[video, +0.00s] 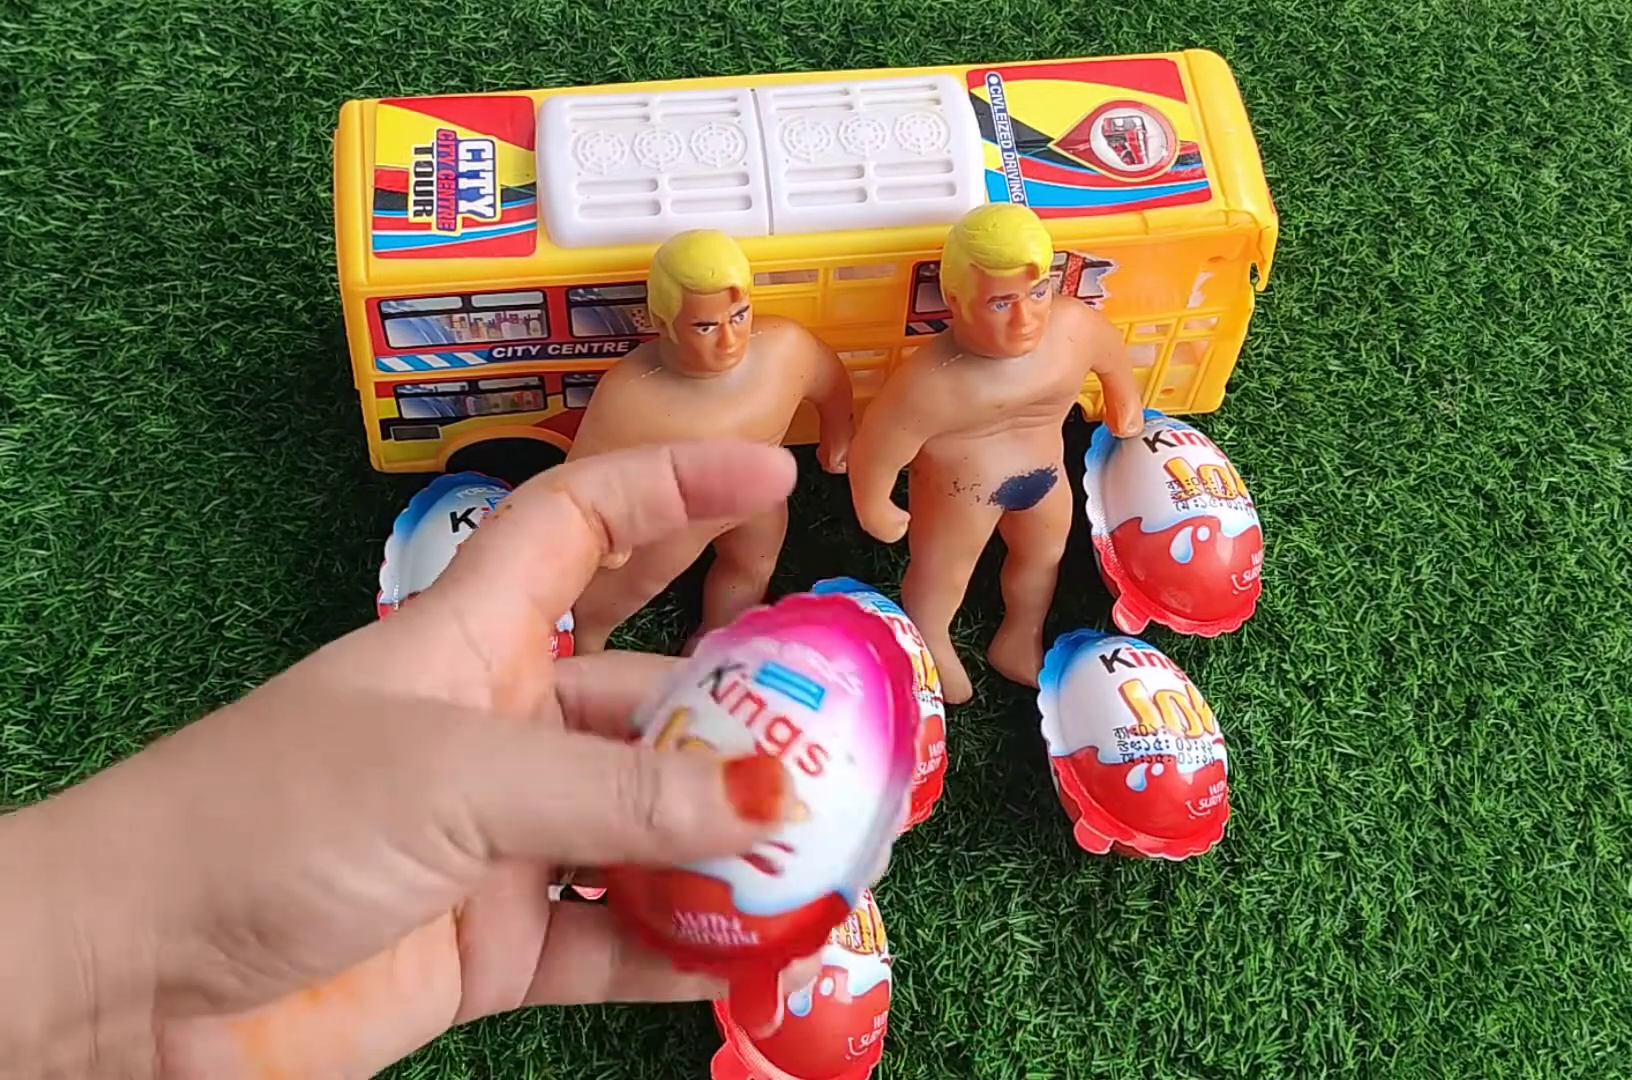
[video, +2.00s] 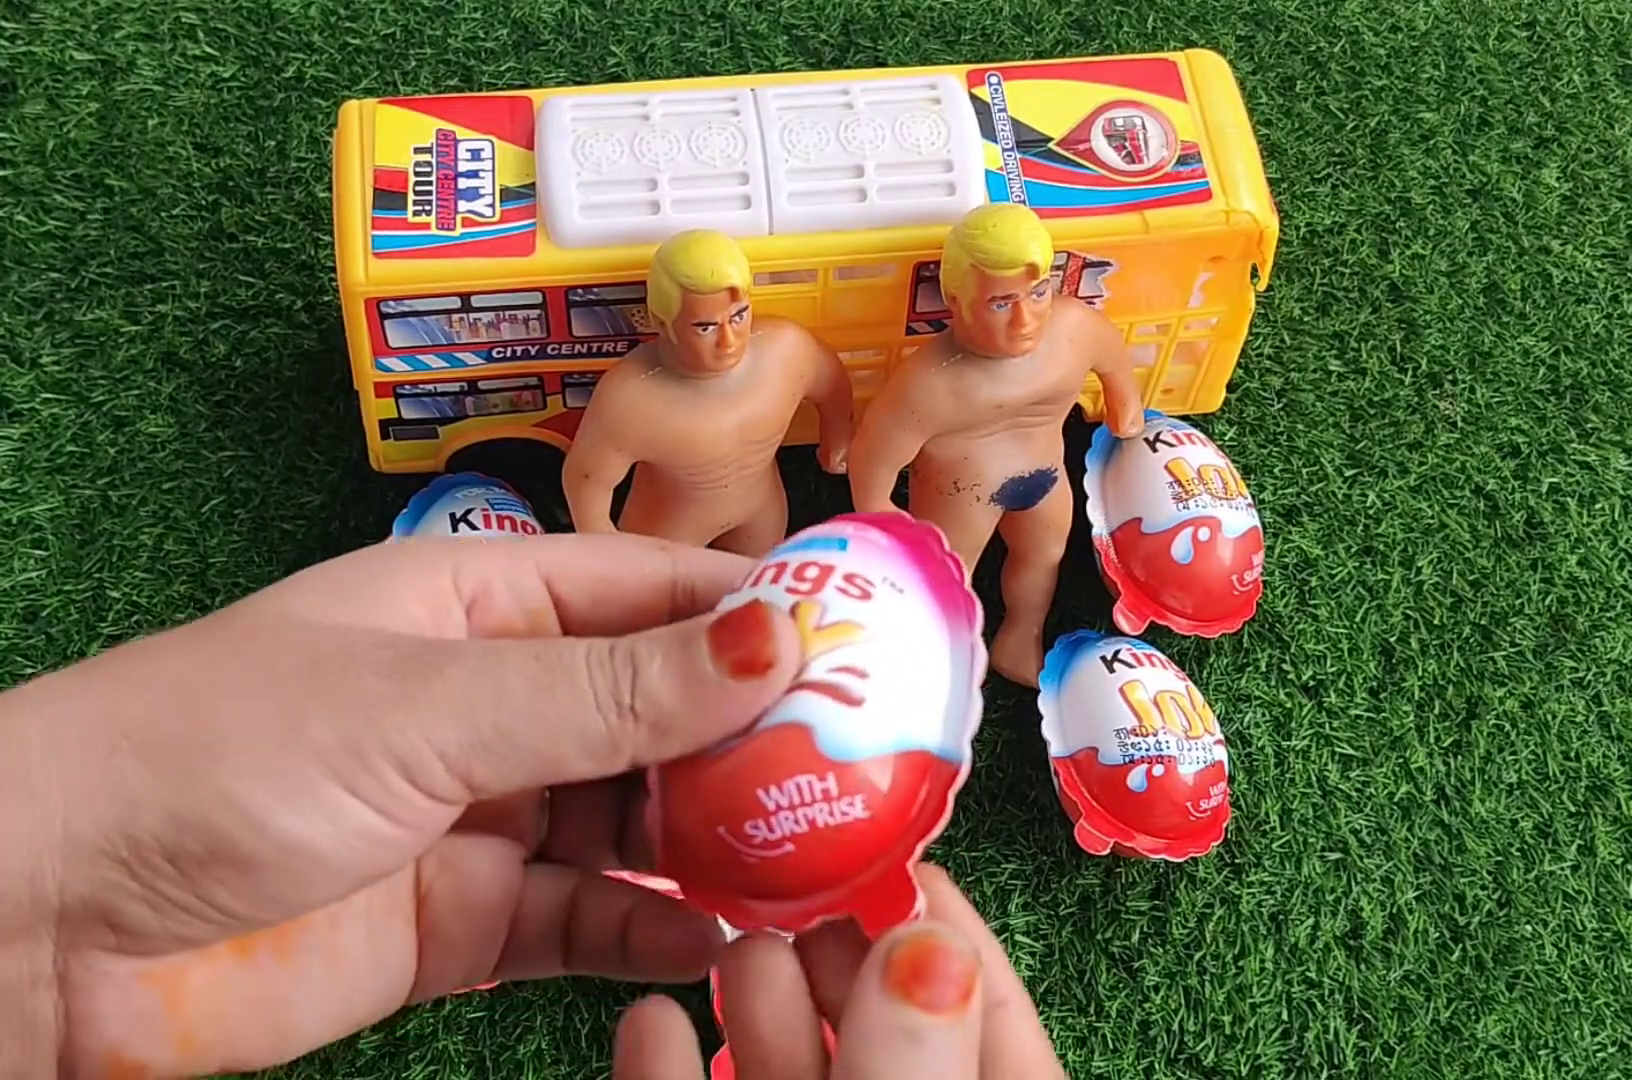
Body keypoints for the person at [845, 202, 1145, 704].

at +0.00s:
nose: (1024, 316)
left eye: (1036, 294)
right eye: (999, 302)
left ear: (1051, 284)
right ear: (953, 303)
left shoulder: (1077, 326)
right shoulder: (927, 383)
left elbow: (1112, 357)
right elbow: (874, 452)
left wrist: (1126, 403)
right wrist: (877, 513)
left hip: (1045, 474)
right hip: (959, 490)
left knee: (1041, 560)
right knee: (942, 575)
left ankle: (1020, 641)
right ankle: (931, 643)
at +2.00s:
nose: (1025, 317)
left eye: (1038, 294)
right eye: (1001, 303)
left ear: (1051, 284)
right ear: (952, 303)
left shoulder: (1079, 328)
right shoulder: (928, 381)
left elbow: (1116, 364)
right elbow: (869, 466)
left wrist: (1127, 411)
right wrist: (886, 546)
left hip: (1044, 478)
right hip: (958, 491)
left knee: (1041, 563)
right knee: (943, 578)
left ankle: (1020, 644)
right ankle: (933, 654)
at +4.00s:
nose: (1025, 318)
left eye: (1037, 294)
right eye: (1000, 303)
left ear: (1050, 284)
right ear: (953, 303)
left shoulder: (1079, 327)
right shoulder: (927, 382)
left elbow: (1116, 364)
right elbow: (870, 461)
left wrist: (1127, 410)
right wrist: (878, 512)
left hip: (1045, 477)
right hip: (959, 491)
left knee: (1040, 564)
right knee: (943, 579)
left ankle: (1019, 644)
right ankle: (931, 655)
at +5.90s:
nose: (1024, 317)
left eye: (1036, 295)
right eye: (1000, 303)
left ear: (1050, 284)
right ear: (953, 304)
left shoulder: (1078, 327)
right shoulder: (926, 384)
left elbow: (1114, 361)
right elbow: (873, 453)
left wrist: (1127, 408)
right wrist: (877, 515)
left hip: (1045, 476)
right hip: (959, 492)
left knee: (1041, 560)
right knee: (941, 576)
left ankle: (1020, 642)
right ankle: (931, 644)